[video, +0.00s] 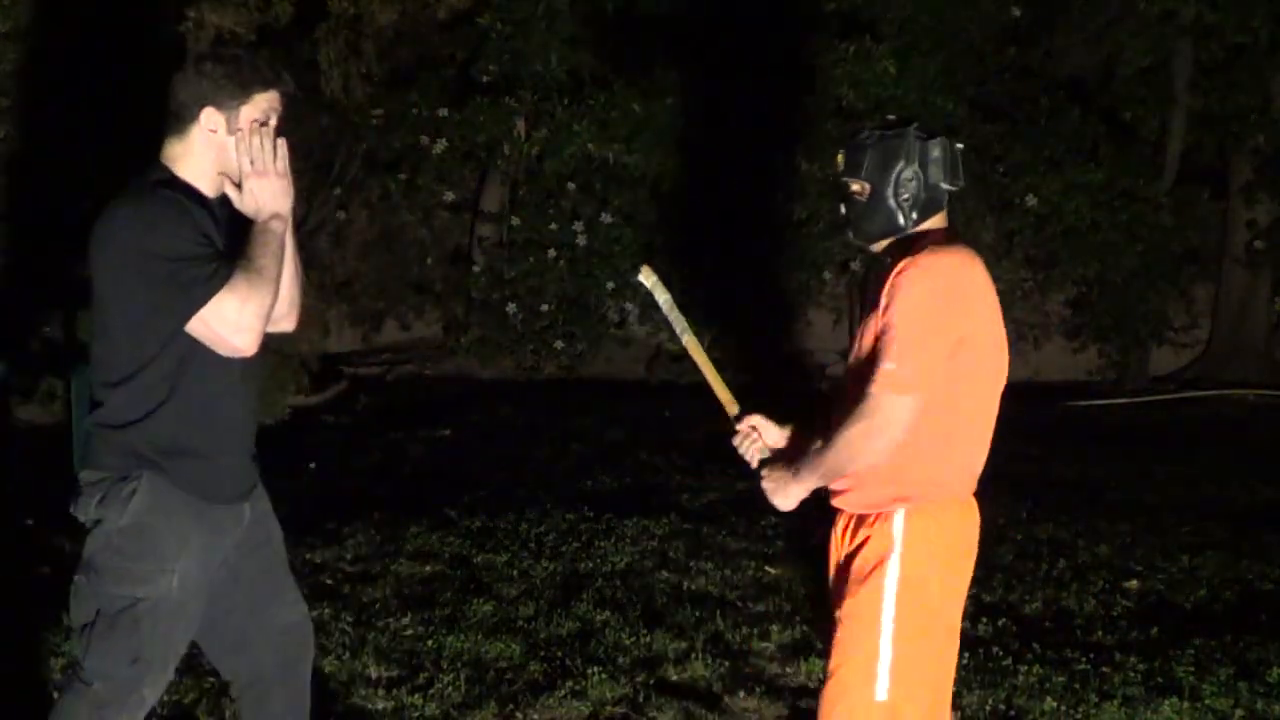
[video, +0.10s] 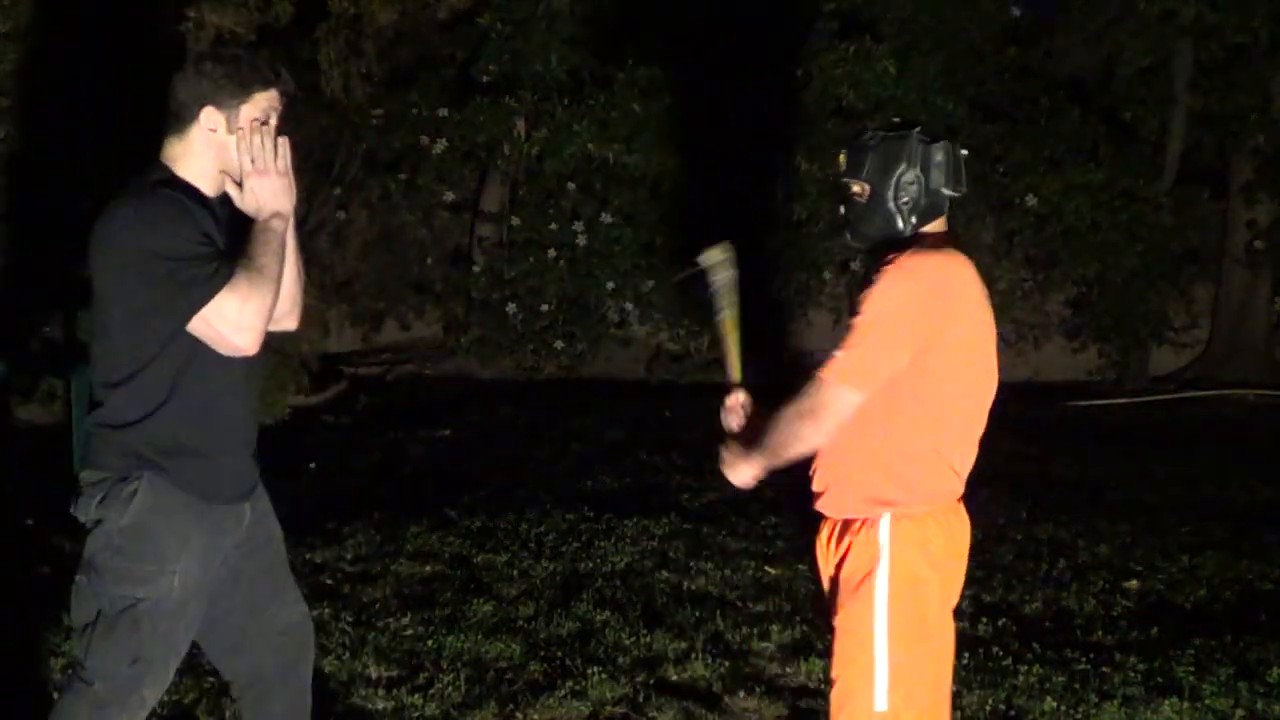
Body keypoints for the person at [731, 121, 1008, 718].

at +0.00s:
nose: (848, 206)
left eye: (859, 190)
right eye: (848, 190)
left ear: (901, 190)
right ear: (905, 192)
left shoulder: (929, 275)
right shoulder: (920, 273)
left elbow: (888, 412)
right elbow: (877, 414)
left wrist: (802, 476)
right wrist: (792, 441)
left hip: (909, 534)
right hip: (893, 529)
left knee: (864, 705)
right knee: (902, 703)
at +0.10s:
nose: (849, 205)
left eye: (858, 190)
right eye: (850, 189)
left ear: (893, 194)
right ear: (923, 195)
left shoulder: (914, 279)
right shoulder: (942, 275)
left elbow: (831, 403)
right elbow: (869, 405)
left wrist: (754, 458)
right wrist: (766, 424)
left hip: (893, 539)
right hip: (908, 533)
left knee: (877, 706)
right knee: (899, 703)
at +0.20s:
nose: (828, 215)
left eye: (839, 201)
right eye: (830, 200)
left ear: (876, 207)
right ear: (908, 210)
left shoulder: (886, 291)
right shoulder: (937, 290)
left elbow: (754, 374)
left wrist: (708, 379)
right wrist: (773, 348)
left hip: (881, 550)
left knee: (862, 708)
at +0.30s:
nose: (791, 221)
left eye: (801, 209)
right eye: (791, 208)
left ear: (840, 216)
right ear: (867, 217)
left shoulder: (836, 298)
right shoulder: (921, 300)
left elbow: (712, 344)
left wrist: (745, 313)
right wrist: (781, 310)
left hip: (851, 554)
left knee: (845, 708)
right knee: (726, 652)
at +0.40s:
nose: (742, 221)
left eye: (750, 210)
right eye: (744, 208)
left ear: (780, 217)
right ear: (828, 213)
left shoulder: (785, 297)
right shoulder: (867, 289)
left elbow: (676, 350)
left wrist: (676, 276)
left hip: (816, 553)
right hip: (763, 550)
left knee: (825, 709)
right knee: (672, 657)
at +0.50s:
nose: (692, 224)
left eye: (703, 210)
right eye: (694, 209)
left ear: (738, 218)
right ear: (772, 218)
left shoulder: (774, 312)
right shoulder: (752, 305)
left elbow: (627, 384)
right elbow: (666, 356)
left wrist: (570, 316)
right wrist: (622, 294)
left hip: (777, 557)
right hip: (710, 555)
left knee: (782, 711)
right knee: (622, 671)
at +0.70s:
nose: (664, 223)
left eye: (674, 210)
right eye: (665, 208)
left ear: (708, 219)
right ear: (744, 213)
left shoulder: (724, 309)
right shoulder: (797, 290)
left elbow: (618, 422)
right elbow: (669, 370)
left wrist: (564, 371)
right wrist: (602, 323)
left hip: (746, 546)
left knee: (700, 707)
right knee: (631, 663)